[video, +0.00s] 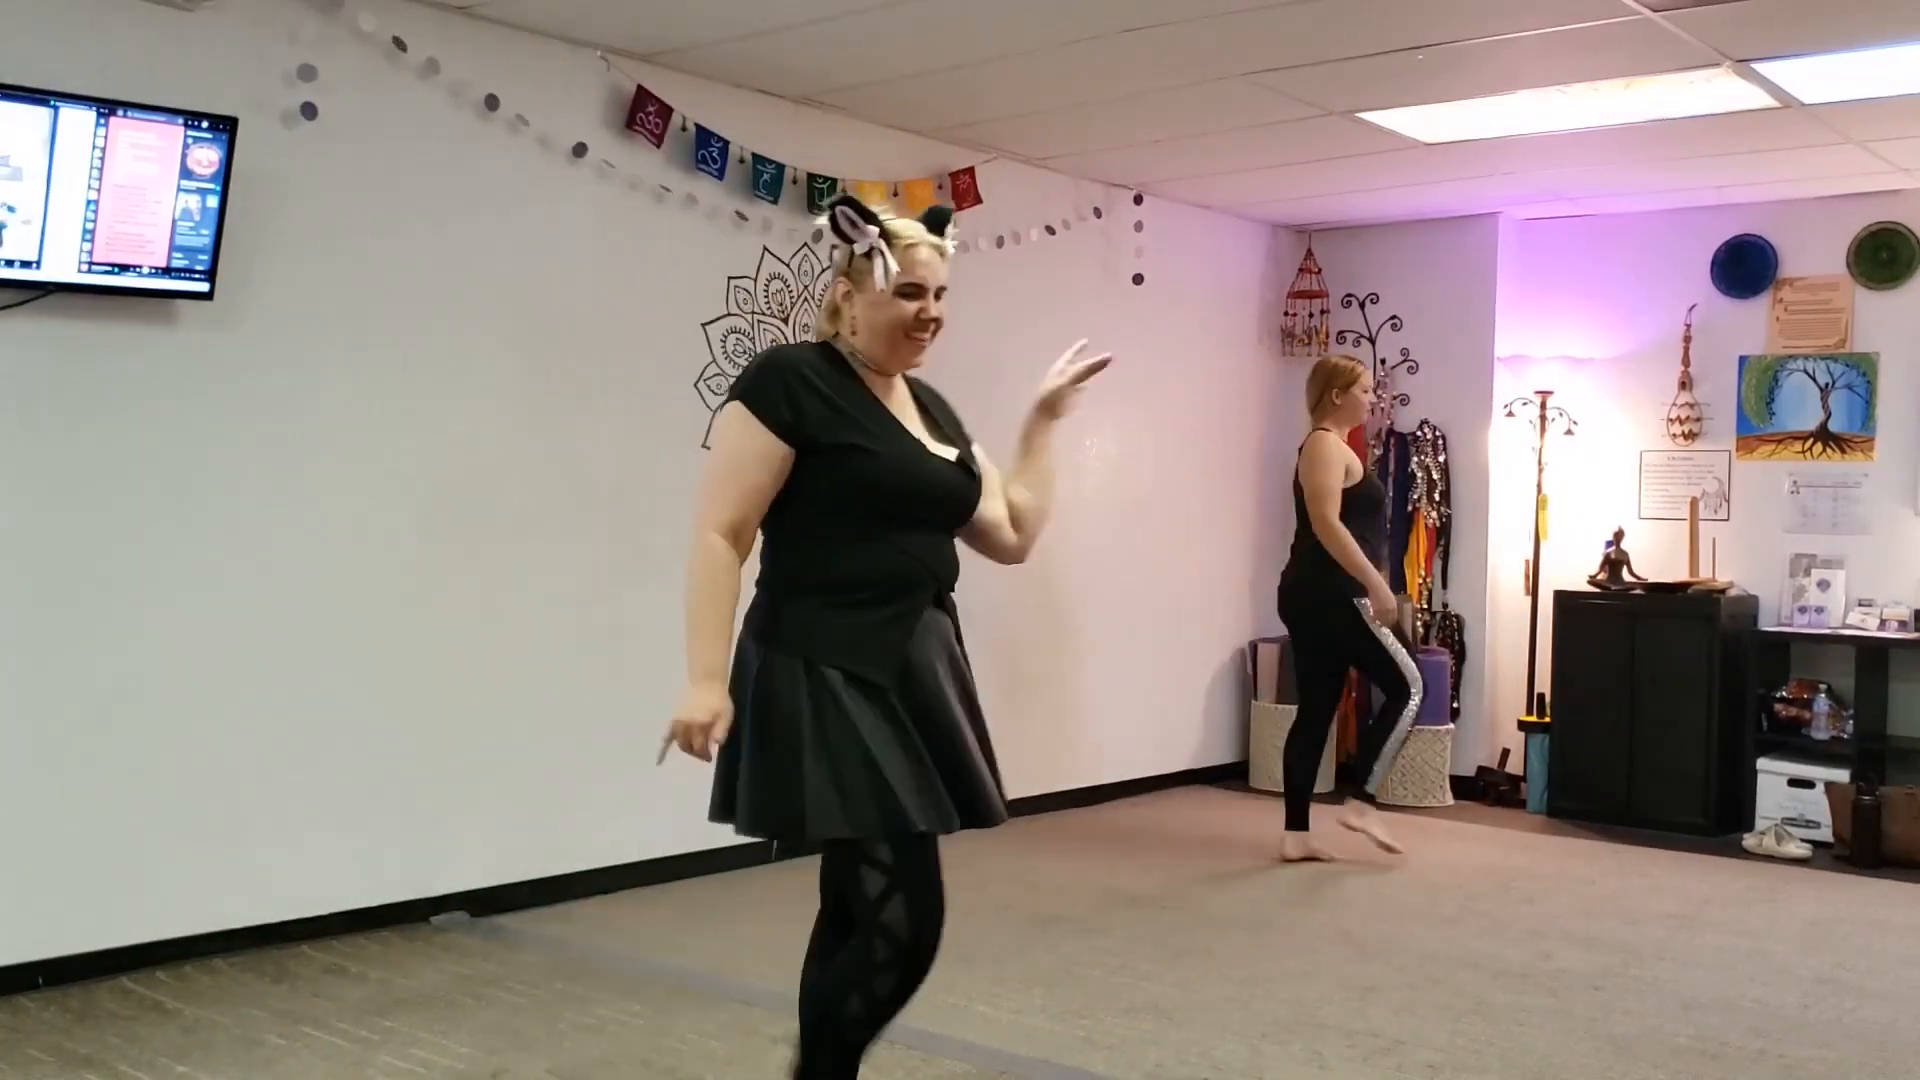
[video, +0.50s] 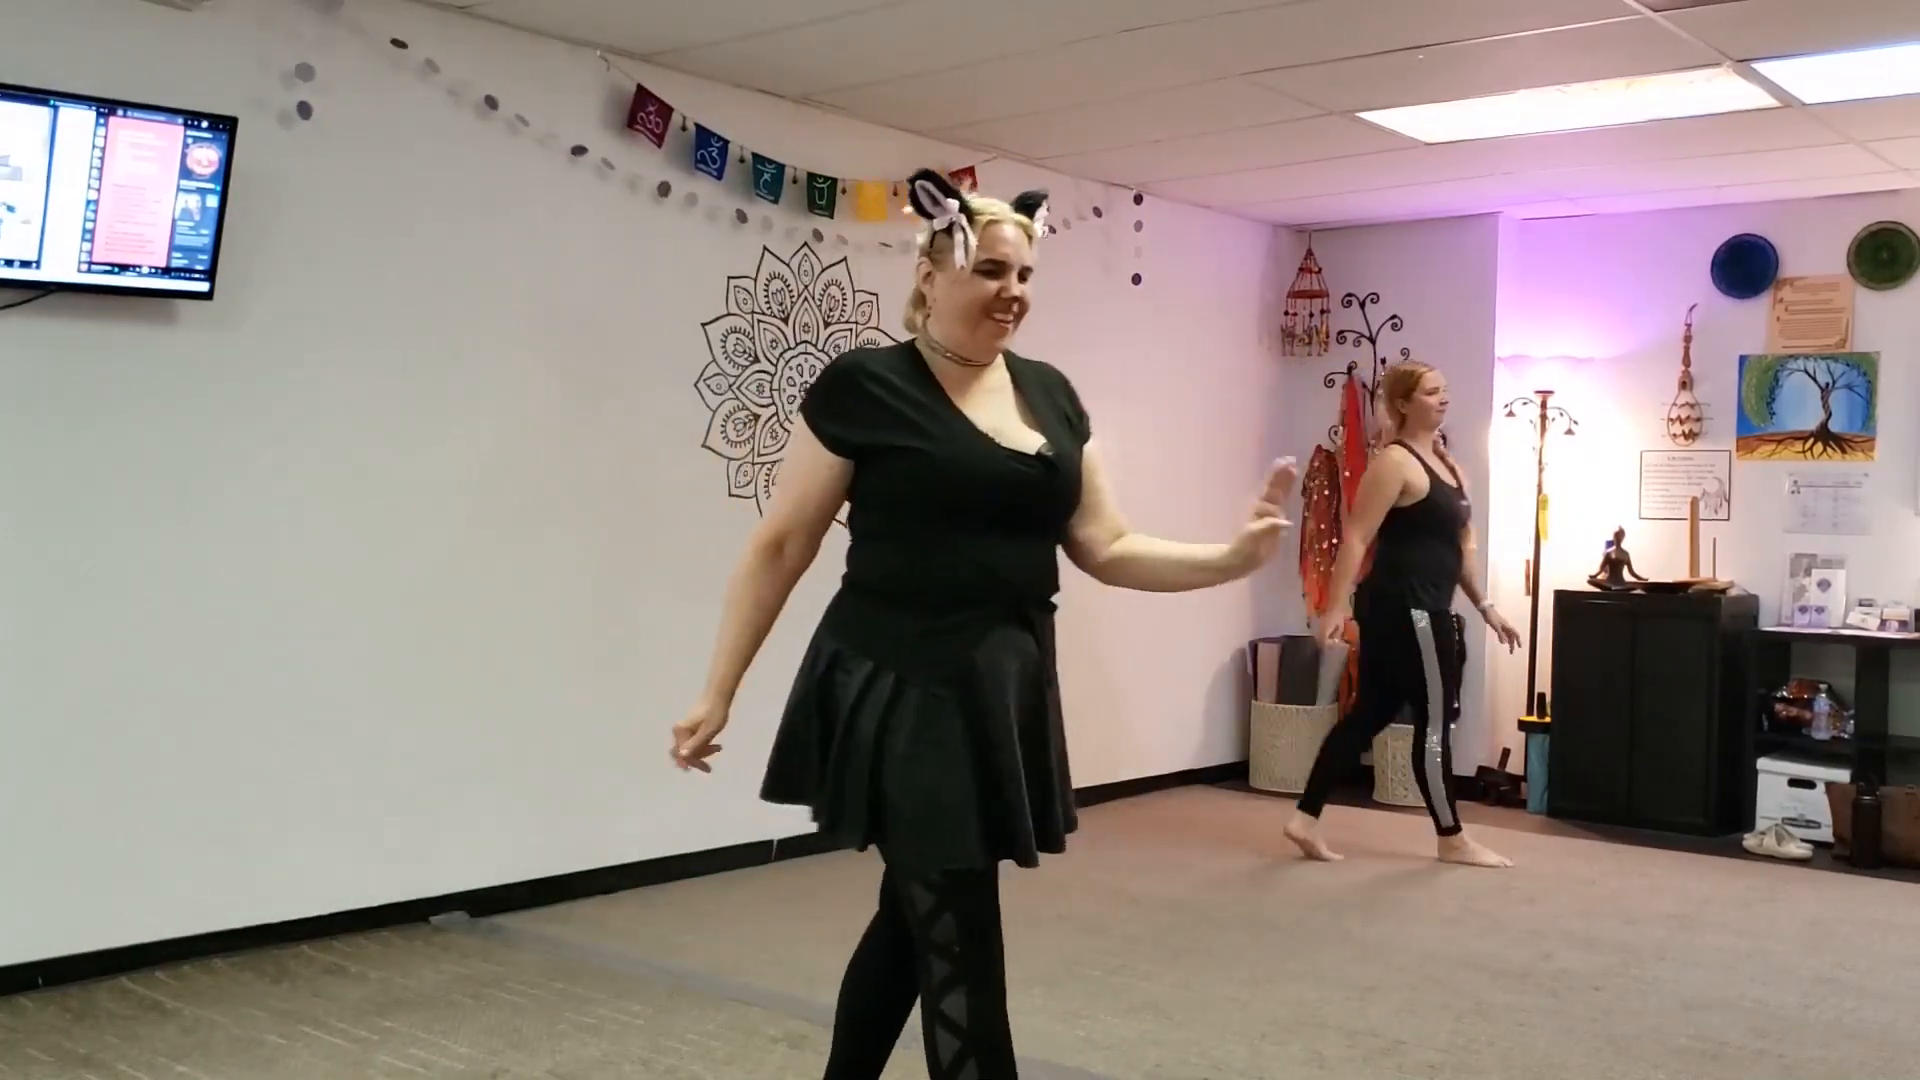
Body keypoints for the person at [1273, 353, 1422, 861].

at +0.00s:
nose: (1373, 399)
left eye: (1372, 391)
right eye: (1366, 391)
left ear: (1335, 397)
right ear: (1339, 396)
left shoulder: (1332, 446)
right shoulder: (1325, 445)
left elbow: (1336, 526)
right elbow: (1325, 523)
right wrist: (1375, 584)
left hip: (1312, 593)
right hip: (1329, 594)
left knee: (1315, 710)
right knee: (1409, 688)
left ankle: (1296, 834)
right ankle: (1362, 802)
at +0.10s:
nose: (1387, 396)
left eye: (1386, 388)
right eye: (1377, 388)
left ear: (1362, 397)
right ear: (1347, 395)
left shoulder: (1357, 452)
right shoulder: (1331, 446)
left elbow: (1368, 538)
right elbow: (1313, 523)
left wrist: (1401, 590)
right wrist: (1358, 585)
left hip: (1330, 593)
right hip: (1337, 592)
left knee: (1318, 706)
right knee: (1406, 691)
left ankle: (1295, 832)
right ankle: (1416, 820)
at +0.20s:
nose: (1397, 399)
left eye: (1397, 391)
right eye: (1388, 390)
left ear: (1378, 399)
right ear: (1357, 397)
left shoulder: (1378, 458)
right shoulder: (1341, 451)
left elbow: (1396, 547)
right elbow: (1311, 524)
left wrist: (1435, 597)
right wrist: (1339, 593)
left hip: (1355, 596)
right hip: (1352, 597)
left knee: (1321, 713)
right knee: (1402, 713)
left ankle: (1295, 831)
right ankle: (1457, 818)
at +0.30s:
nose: (1410, 400)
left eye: (1410, 393)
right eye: (1400, 393)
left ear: (1400, 403)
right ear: (1371, 401)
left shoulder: (1398, 461)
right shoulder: (1356, 456)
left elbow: (1420, 547)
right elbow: (1317, 526)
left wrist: (1454, 602)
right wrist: (1325, 598)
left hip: (1371, 606)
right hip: (1370, 608)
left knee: (1328, 716)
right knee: (1410, 718)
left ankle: (1294, 828)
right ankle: (1456, 828)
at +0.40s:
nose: (1427, 403)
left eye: (1427, 395)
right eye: (1417, 396)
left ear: (1408, 406)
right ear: (1388, 405)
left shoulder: (1421, 465)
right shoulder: (1374, 462)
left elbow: (1439, 553)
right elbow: (1334, 533)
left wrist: (1474, 610)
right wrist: (1321, 605)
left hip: (1392, 608)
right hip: (1387, 609)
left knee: (1342, 717)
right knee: (1421, 720)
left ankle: (1296, 826)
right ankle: (1450, 837)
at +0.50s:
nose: (1444, 399)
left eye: (1444, 392)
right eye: (1433, 393)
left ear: (1436, 402)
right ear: (1404, 403)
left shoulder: (1445, 463)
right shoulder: (1392, 462)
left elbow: (1458, 550)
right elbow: (1356, 537)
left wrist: (1486, 608)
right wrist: (1335, 608)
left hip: (1422, 602)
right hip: (1405, 604)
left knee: (1370, 713)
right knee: (1435, 717)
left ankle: (1305, 817)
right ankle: (1451, 838)